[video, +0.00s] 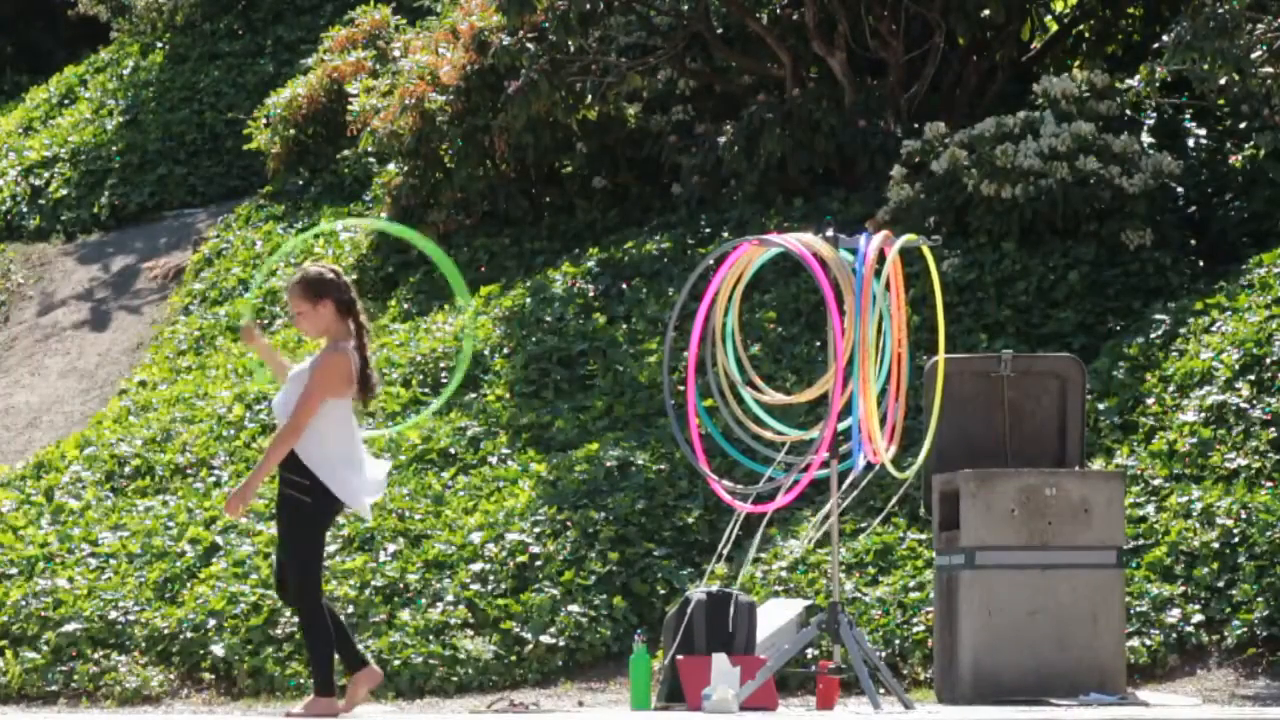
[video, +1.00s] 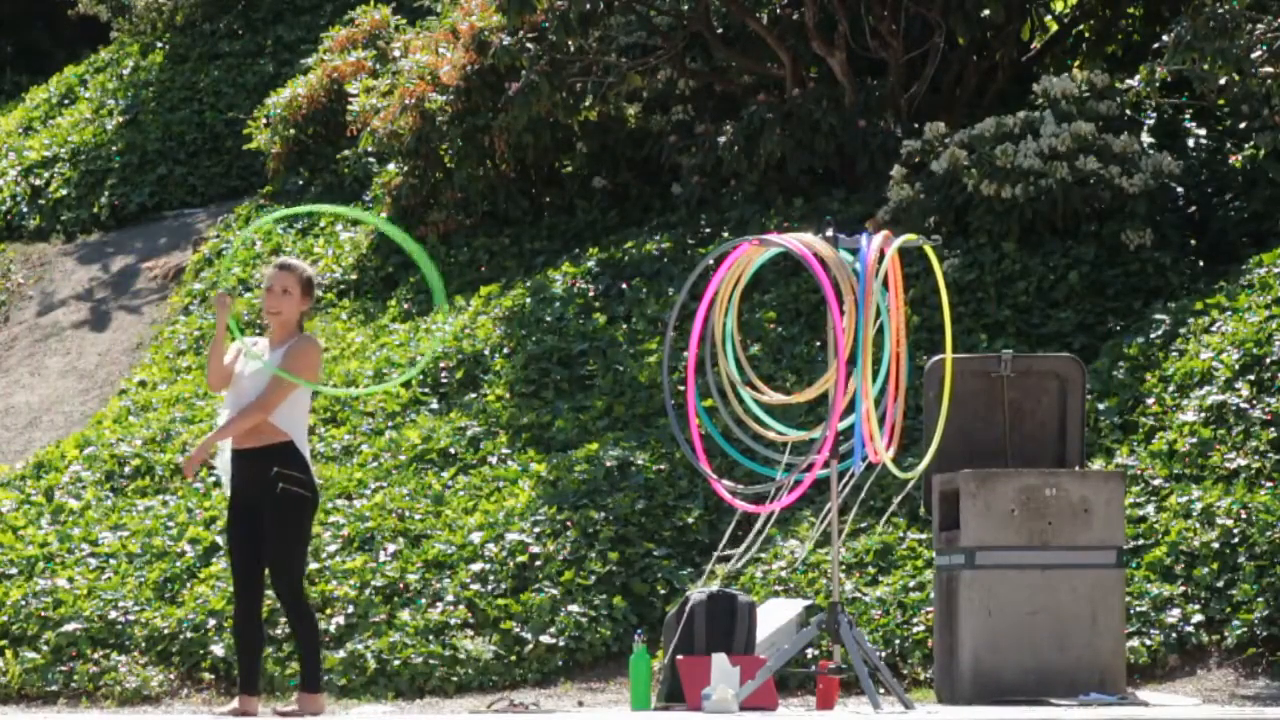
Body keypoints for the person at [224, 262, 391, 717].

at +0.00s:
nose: (295, 322)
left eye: (299, 313)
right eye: (292, 314)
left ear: (328, 307)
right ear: (326, 310)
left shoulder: (335, 359)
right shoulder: (333, 352)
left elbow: (295, 427)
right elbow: (296, 385)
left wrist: (250, 484)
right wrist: (262, 348)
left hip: (312, 482)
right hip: (305, 479)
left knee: (304, 586)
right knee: (289, 582)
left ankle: (324, 695)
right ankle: (360, 668)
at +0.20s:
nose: (303, 322)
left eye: (311, 313)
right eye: (300, 313)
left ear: (340, 308)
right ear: (304, 312)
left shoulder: (347, 358)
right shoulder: (314, 352)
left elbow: (302, 419)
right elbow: (252, 390)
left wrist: (255, 470)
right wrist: (200, 360)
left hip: (311, 474)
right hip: (291, 470)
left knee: (297, 585)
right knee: (276, 584)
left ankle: (325, 697)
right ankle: (318, 687)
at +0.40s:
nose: (305, 319)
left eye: (316, 311)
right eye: (301, 309)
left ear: (342, 311)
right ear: (297, 309)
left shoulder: (345, 361)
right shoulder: (292, 349)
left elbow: (296, 418)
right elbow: (238, 387)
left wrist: (242, 464)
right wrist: (197, 360)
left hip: (304, 472)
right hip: (275, 469)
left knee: (299, 585)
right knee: (263, 584)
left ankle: (325, 696)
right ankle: (275, 689)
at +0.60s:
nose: (296, 312)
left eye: (307, 306)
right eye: (292, 303)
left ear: (332, 310)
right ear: (288, 303)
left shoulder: (331, 359)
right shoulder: (278, 347)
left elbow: (283, 417)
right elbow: (231, 388)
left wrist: (229, 452)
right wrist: (223, 349)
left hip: (295, 476)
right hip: (261, 472)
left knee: (299, 587)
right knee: (248, 588)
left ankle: (325, 696)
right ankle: (248, 696)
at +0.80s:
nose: (284, 306)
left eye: (296, 301)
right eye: (281, 297)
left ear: (317, 310)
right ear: (274, 301)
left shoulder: (316, 354)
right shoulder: (260, 349)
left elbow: (272, 416)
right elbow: (223, 382)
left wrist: (214, 450)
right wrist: (234, 329)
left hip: (286, 476)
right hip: (249, 474)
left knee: (294, 588)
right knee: (248, 591)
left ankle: (324, 693)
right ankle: (247, 696)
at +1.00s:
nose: (273, 297)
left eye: (285, 292)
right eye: (269, 289)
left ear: (305, 302)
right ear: (262, 295)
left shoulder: (304, 349)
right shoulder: (246, 345)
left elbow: (264, 409)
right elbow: (215, 380)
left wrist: (207, 443)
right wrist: (221, 323)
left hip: (286, 474)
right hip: (245, 475)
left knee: (288, 586)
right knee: (246, 589)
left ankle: (311, 694)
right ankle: (248, 697)